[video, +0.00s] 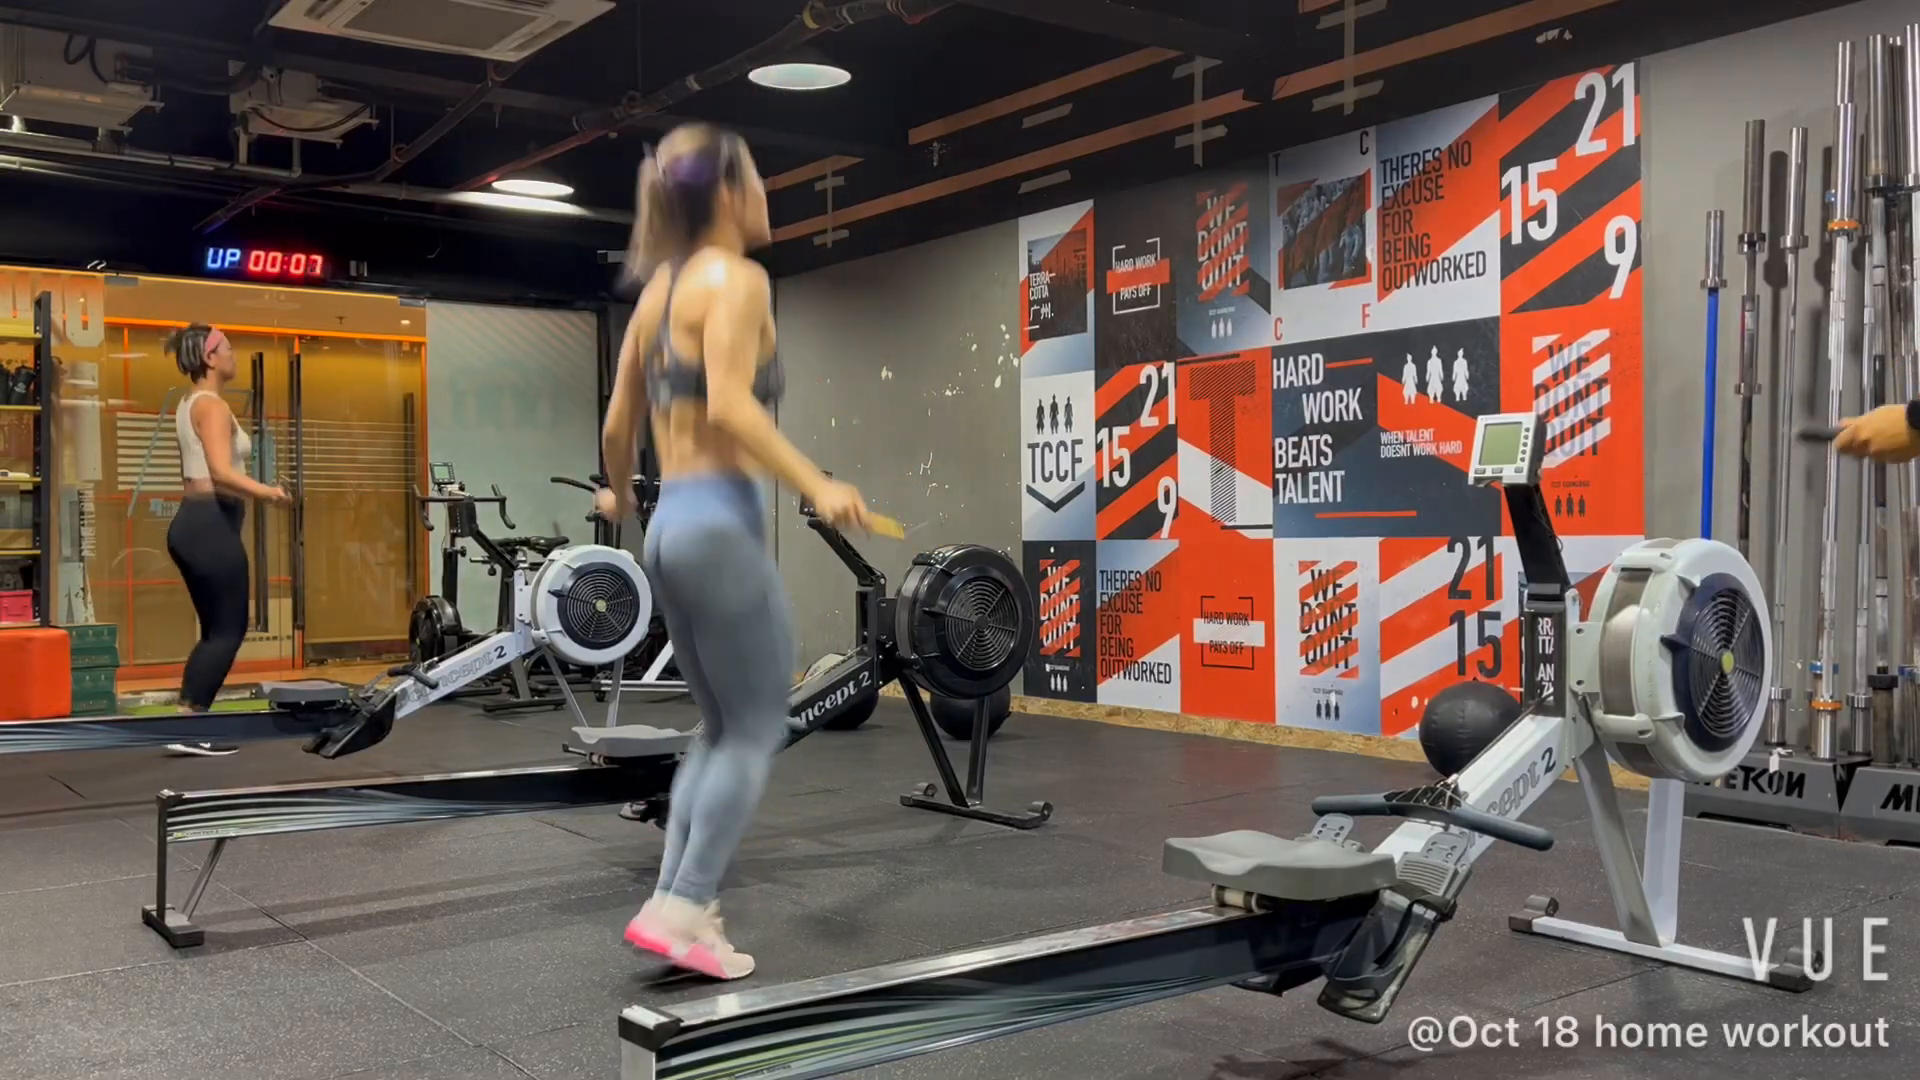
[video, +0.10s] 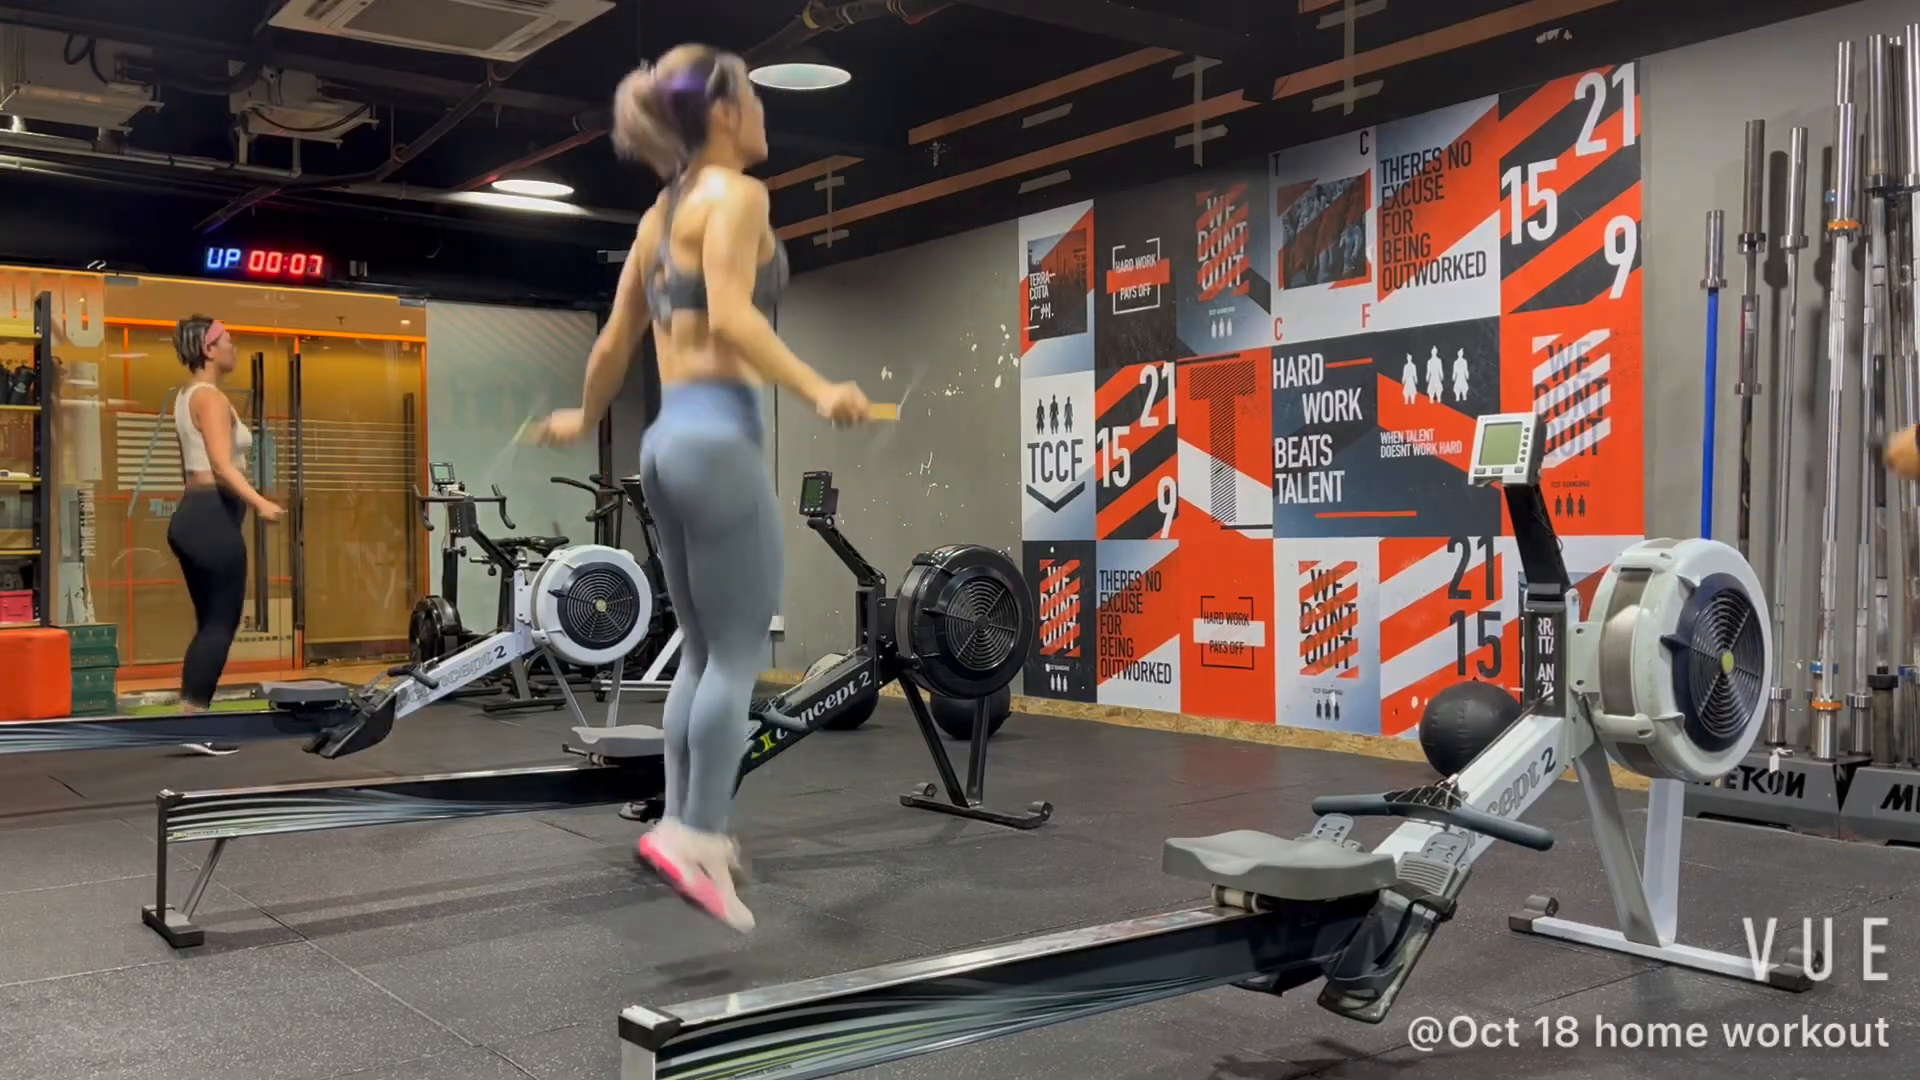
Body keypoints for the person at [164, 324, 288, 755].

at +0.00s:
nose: (234, 356)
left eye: (230, 348)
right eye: (228, 350)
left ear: (204, 359)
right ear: (211, 357)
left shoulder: (190, 404)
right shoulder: (211, 405)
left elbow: (208, 472)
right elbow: (220, 471)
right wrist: (266, 490)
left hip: (192, 523)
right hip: (210, 525)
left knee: (216, 628)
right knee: (231, 627)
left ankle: (189, 713)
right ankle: (193, 716)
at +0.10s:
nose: (234, 347)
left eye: (229, 340)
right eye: (227, 341)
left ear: (204, 351)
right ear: (210, 349)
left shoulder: (189, 396)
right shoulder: (210, 397)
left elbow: (204, 465)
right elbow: (222, 464)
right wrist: (260, 502)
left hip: (195, 514)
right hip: (212, 515)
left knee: (211, 621)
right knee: (222, 621)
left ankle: (191, 712)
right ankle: (194, 715)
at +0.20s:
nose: (232, 330)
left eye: (227, 323)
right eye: (224, 325)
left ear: (200, 337)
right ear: (206, 335)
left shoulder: (187, 384)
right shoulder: (209, 382)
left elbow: (184, 461)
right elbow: (213, 451)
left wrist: (209, 498)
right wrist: (247, 486)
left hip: (192, 497)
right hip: (209, 497)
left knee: (212, 606)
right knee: (222, 606)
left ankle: (191, 698)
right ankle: (193, 701)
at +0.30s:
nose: (231, 342)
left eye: (227, 335)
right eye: (224, 336)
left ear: (200, 346)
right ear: (206, 344)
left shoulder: (185, 392)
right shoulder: (207, 392)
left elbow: (193, 469)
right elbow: (212, 463)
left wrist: (242, 484)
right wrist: (255, 487)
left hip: (194, 509)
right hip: (209, 510)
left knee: (216, 614)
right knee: (226, 614)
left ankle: (187, 703)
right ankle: (189, 705)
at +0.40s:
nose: (232, 361)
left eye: (228, 353)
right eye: (226, 355)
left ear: (200, 362)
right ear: (207, 361)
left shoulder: (185, 406)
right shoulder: (208, 409)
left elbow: (208, 477)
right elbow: (217, 479)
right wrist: (266, 505)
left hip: (191, 526)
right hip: (208, 528)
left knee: (213, 632)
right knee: (225, 633)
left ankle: (180, 716)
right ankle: (183, 718)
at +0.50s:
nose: (229, 339)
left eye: (224, 331)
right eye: (223, 332)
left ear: (197, 343)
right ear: (207, 340)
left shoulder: (184, 388)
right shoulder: (208, 388)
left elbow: (199, 455)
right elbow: (217, 455)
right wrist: (246, 496)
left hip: (192, 504)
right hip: (210, 504)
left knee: (206, 610)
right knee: (216, 610)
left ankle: (189, 706)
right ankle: (192, 708)